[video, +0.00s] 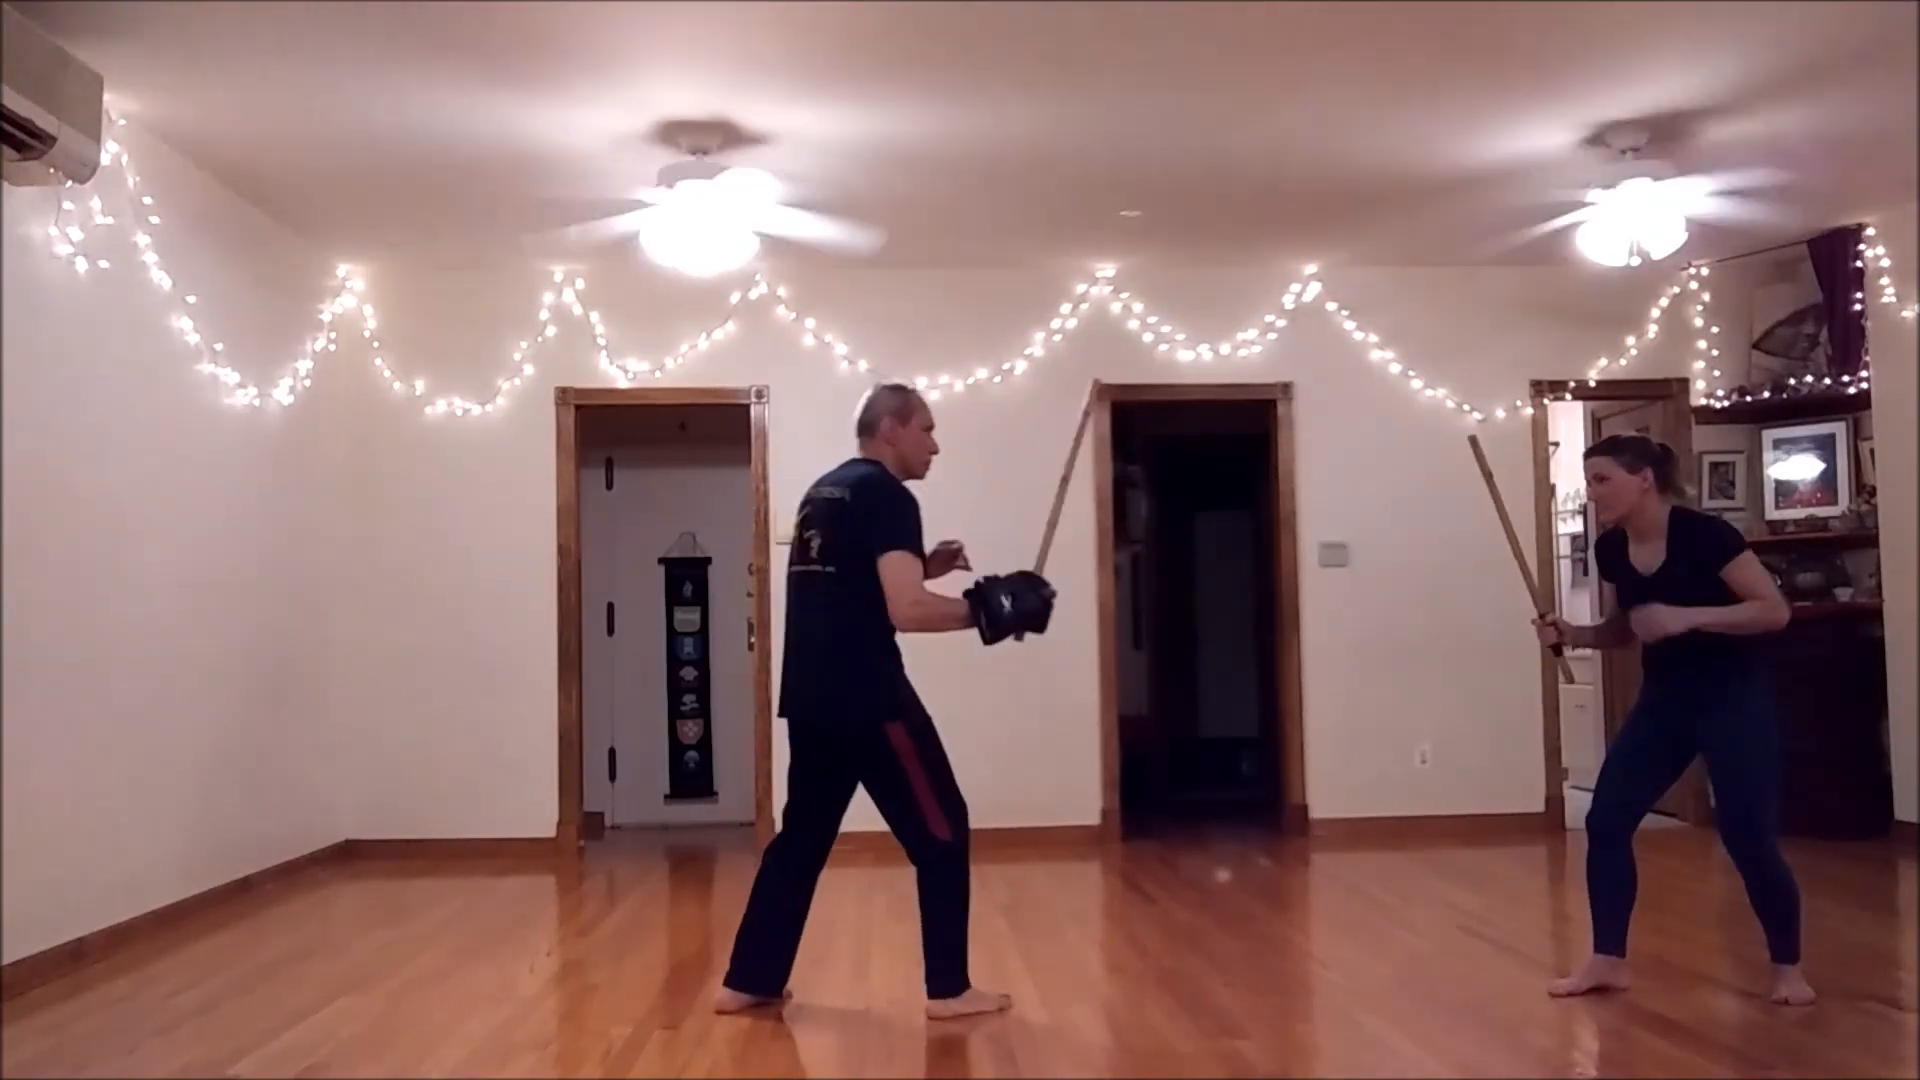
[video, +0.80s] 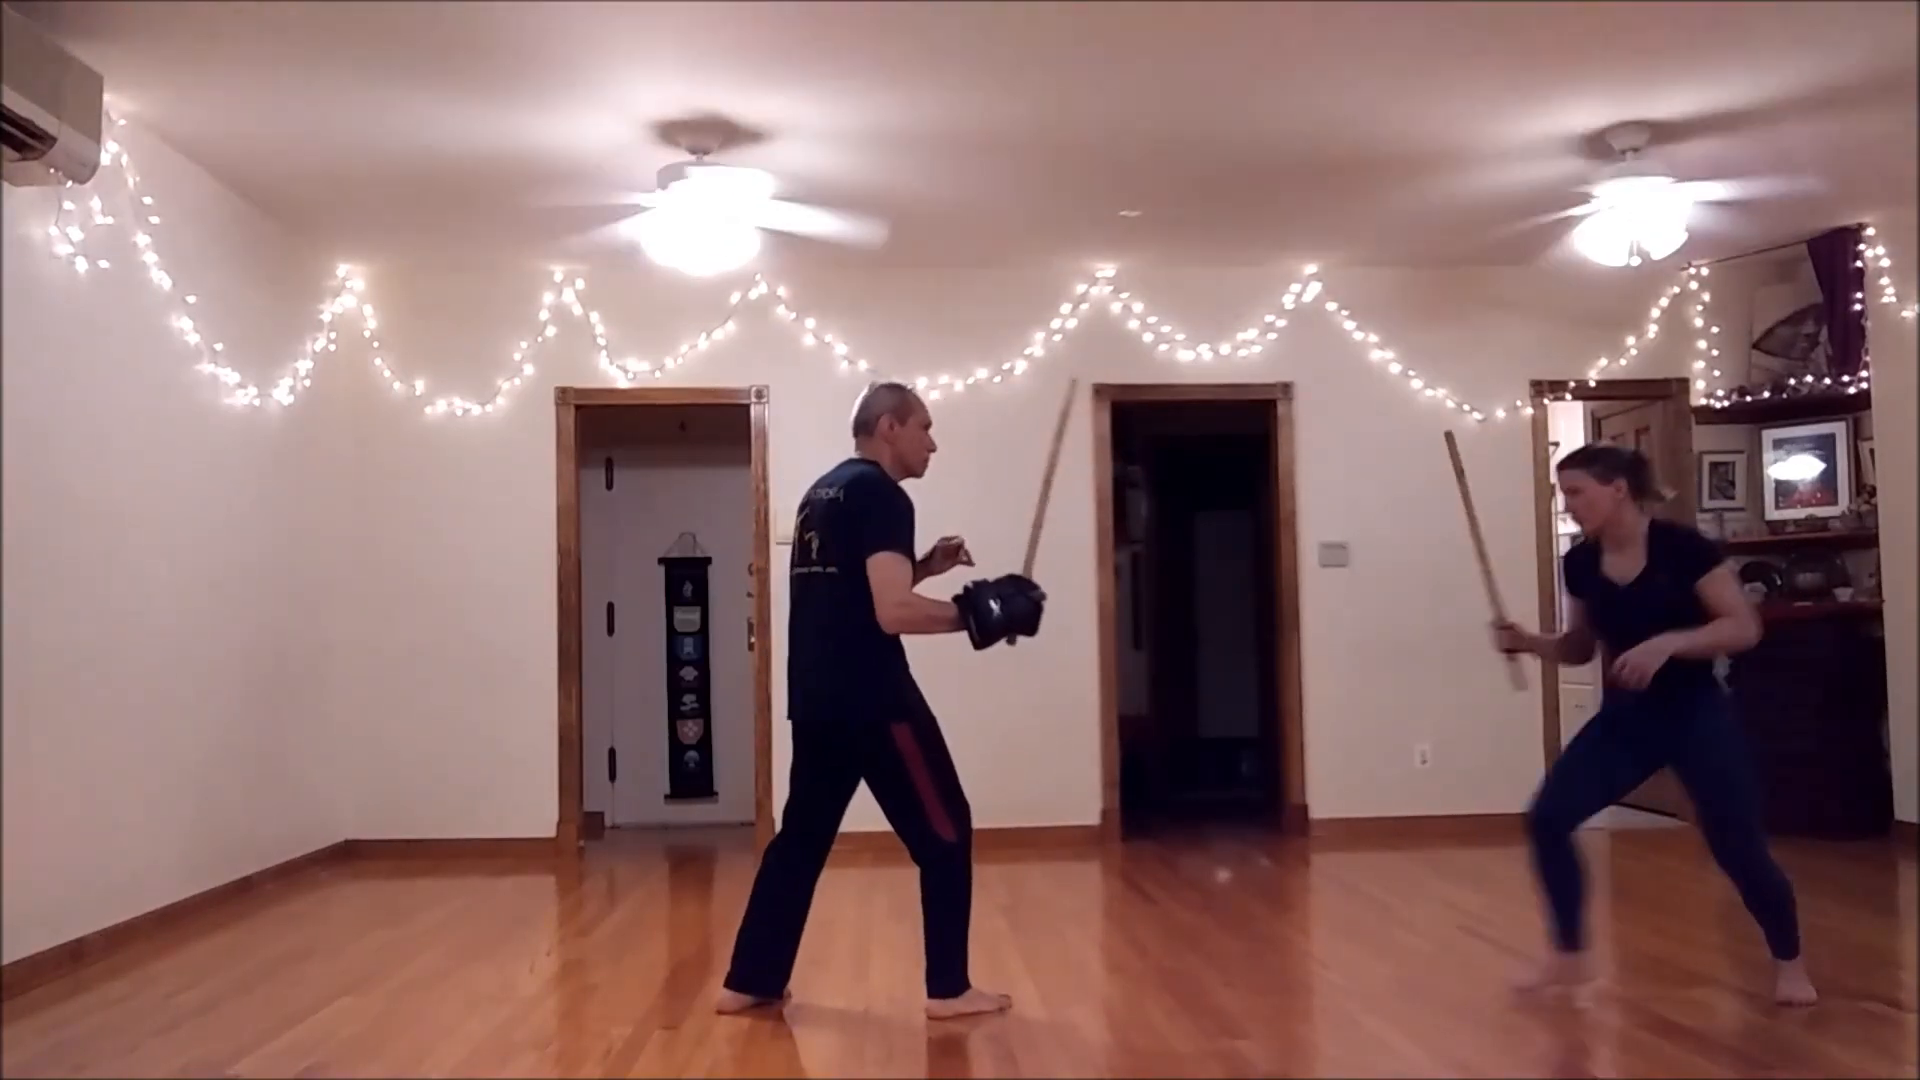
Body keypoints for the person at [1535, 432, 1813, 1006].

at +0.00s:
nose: (1592, 493)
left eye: (1601, 480)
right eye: (1589, 482)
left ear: (1642, 480)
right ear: (1627, 485)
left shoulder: (1705, 535)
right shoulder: (1612, 548)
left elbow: (1775, 611)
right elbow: (1624, 629)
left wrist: (1684, 617)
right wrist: (1571, 634)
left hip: (1734, 707)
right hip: (1664, 707)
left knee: (1748, 838)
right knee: (1606, 821)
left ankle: (1788, 969)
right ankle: (1607, 960)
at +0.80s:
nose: (1567, 505)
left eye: (1575, 492)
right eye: (1563, 495)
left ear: (1616, 489)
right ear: (1608, 495)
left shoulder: (1684, 548)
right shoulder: (1582, 563)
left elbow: (1745, 627)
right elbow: (1579, 647)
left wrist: (1666, 644)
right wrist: (1528, 642)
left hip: (1699, 717)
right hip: (1627, 718)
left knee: (1736, 843)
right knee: (1547, 818)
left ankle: (1788, 960)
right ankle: (1569, 956)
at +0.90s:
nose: (1531, 519)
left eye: (1540, 505)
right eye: (1529, 508)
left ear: (1582, 503)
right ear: (1566, 509)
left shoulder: (1650, 563)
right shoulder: (1544, 580)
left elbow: (1682, 650)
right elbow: (1521, 665)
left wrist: (1595, 634)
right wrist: (1469, 647)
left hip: (1664, 739)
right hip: (1593, 741)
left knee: (1723, 855)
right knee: (1499, 825)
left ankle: (1790, 960)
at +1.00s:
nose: (1464, 515)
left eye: (1473, 502)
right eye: (1459, 506)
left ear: (1510, 501)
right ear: (1468, 515)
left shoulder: (1567, 558)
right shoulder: (1470, 583)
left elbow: (1613, 634)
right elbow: (1431, 665)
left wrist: (1524, 612)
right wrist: (1369, 645)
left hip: (1600, 736)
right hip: (1528, 741)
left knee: (1686, 840)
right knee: (1437, 828)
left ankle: (1781, 950)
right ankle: (1393, 963)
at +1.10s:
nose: (1382, 515)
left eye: (1393, 502)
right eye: (1380, 504)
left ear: (1432, 504)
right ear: (1397, 515)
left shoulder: (1490, 555)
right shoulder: (1390, 585)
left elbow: (1557, 625)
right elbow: (1324, 652)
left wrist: (1482, 637)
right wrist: (1253, 653)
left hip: (1535, 725)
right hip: (1466, 734)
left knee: (1600, 843)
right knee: (1397, 830)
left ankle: (1695, 936)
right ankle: (1396, 974)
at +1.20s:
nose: (1334, 512)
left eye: (1343, 499)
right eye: (1332, 501)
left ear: (1384, 498)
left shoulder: (1443, 552)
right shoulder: (1344, 576)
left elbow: (1517, 621)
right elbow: (1288, 652)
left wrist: (1454, 665)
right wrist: (1221, 669)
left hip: (1477, 710)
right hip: (1413, 714)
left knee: (1494, 827)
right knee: (1358, 822)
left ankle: (1522, 945)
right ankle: (1389, 965)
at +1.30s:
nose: (1303, 519)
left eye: (1311, 506)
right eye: (1300, 508)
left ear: (1351, 504)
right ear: (1335, 511)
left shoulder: (1407, 560)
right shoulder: (1319, 580)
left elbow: (1476, 622)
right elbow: (1282, 661)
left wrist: (1434, 683)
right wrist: (1221, 651)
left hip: (1419, 720)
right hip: (1362, 722)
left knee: (1405, 829)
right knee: (1275, 796)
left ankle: (1445, 977)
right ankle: (1314, 932)